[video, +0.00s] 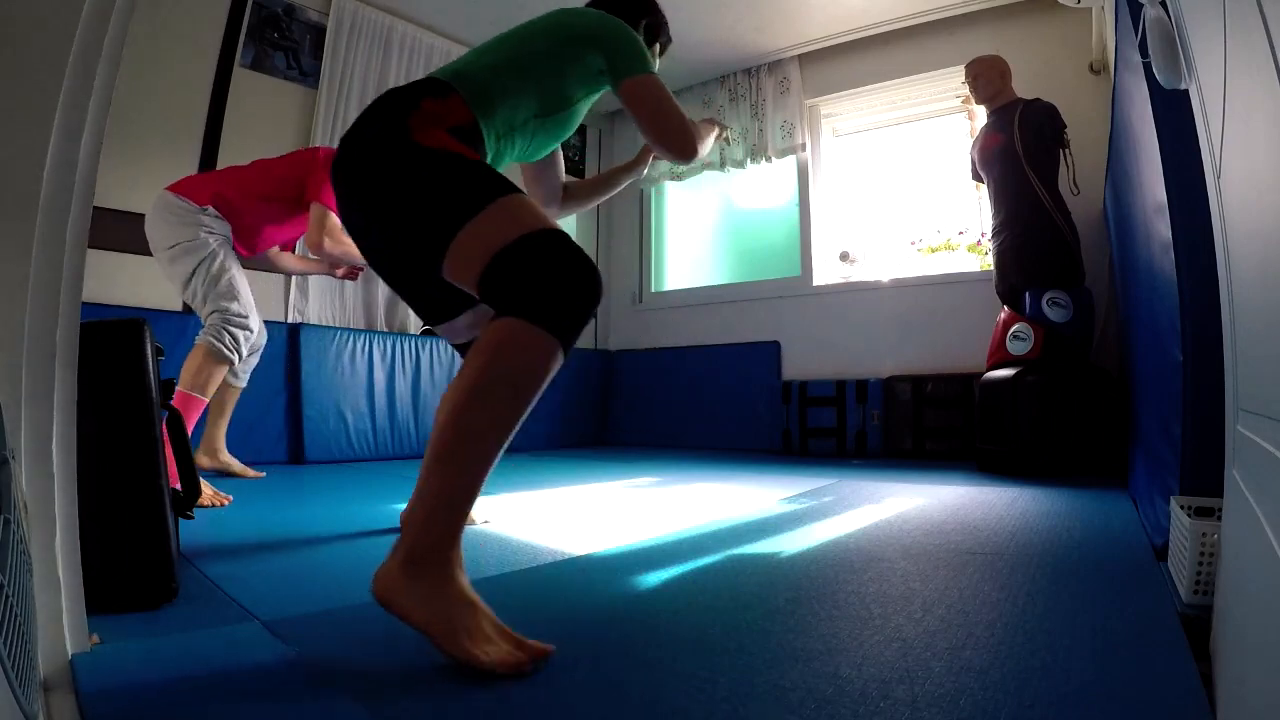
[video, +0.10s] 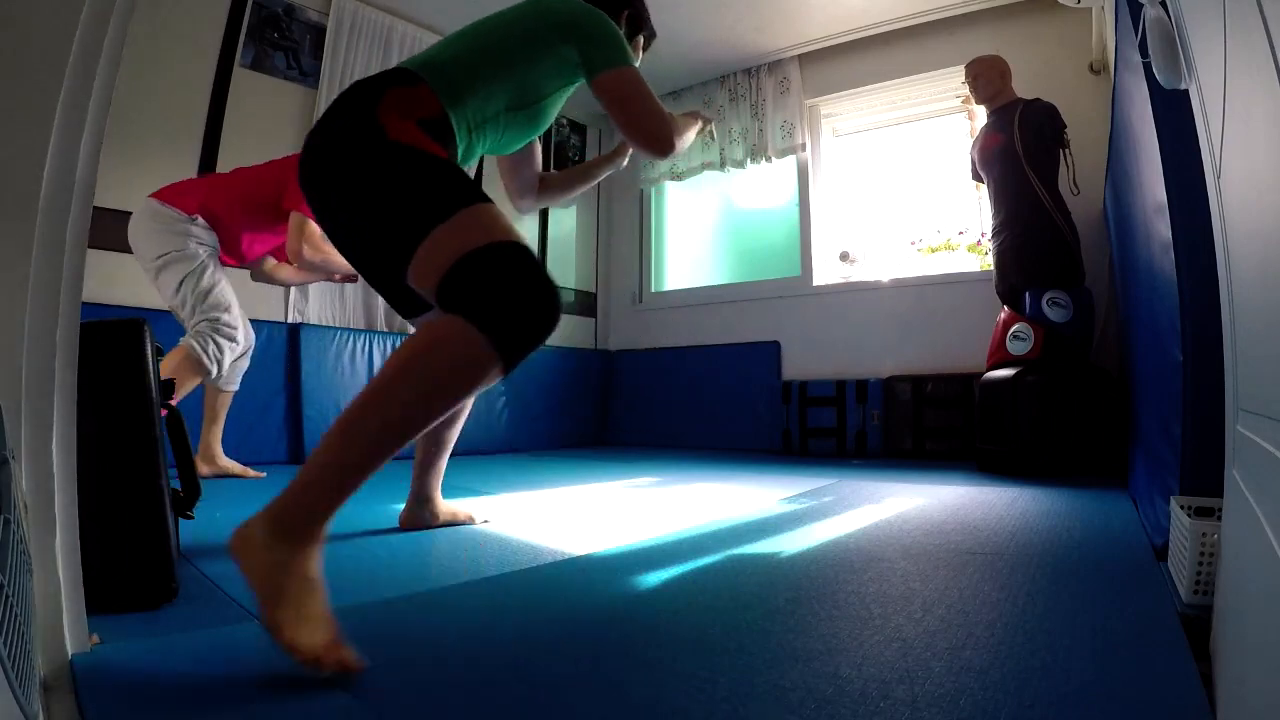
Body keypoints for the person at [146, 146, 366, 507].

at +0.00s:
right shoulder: (328, 164)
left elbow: (264, 256)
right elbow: (324, 242)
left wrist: (330, 267)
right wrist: (369, 256)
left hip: (211, 229)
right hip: (188, 213)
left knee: (251, 335)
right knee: (233, 324)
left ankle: (211, 450)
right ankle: (168, 454)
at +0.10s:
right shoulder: (306, 173)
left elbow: (264, 270)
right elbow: (305, 249)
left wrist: (330, 274)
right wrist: (350, 268)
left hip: (198, 237)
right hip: (173, 221)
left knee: (241, 339)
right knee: (222, 332)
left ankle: (210, 453)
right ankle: (139, 415)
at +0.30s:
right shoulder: (277, 204)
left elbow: (238, 288)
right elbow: (280, 273)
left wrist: (304, 290)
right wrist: (337, 281)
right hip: (140, 237)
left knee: (222, 341)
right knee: (189, 359)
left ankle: (207, 456)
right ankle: (119, 444)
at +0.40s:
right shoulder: (273, 211)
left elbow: (218, 291)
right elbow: (272, 281)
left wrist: (286, 305)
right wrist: (329, 290)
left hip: (165, 260)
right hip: (132, 244)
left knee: (219, 340)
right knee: (189, 365)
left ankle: (206, 456)